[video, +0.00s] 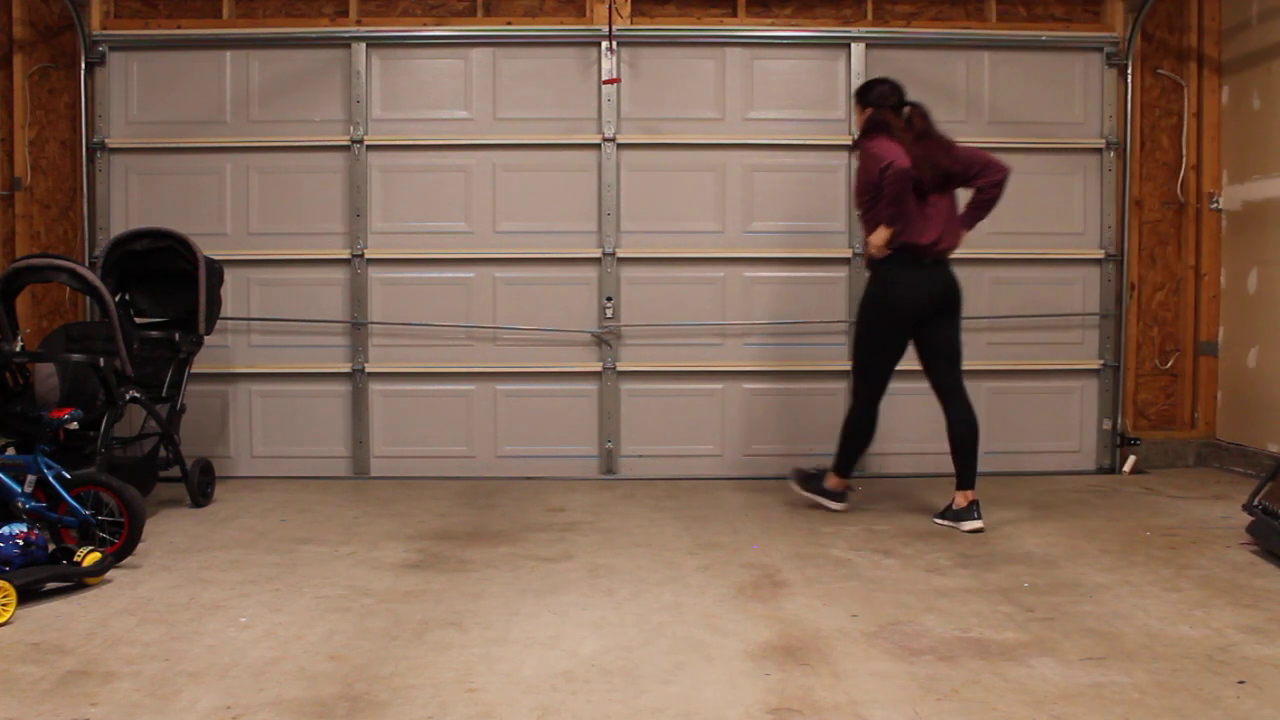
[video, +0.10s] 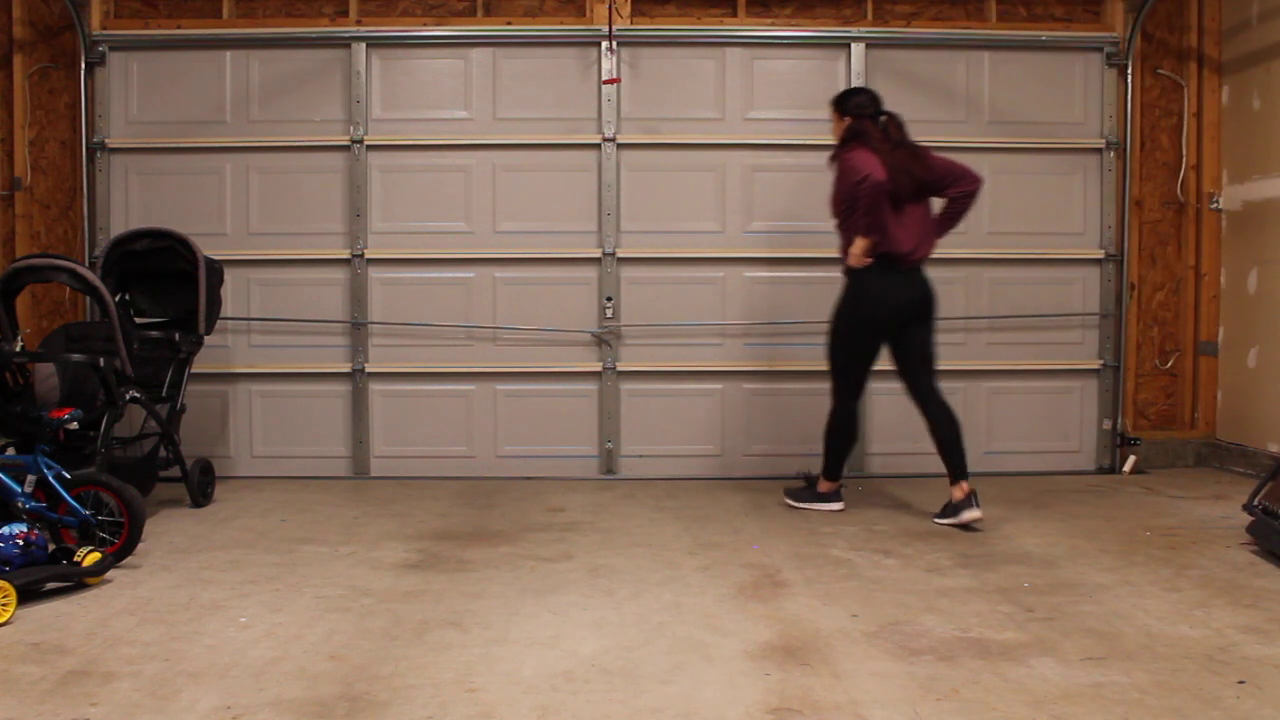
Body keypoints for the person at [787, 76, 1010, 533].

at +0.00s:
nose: (855, 121)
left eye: (857, 113)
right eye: (856, 113)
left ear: (868, 113)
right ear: (898, 112)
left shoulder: (874, 145)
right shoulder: (928, 146)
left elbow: (899, 168)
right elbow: (995, 172)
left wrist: (886, 228)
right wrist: (961, 225)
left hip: (893, 283)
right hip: (937, 280)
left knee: (866, 391)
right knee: (953, 392)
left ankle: (835, 483)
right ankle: (965, 501)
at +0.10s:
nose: (832, 129)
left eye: (834, 122)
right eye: (833, 122)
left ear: (849, 122)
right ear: (873, 120)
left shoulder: (852, 155)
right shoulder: (903, 155)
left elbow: (873, 179)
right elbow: (967, 182)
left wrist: (861, 241)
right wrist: (933, 234)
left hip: (868, 288)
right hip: (911, 286)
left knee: (845, 392)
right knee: (925, 390)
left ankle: (827, 487)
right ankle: (963, 493)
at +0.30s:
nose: (782, 124)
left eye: (785, 117)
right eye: (783, 117)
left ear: (802, 118)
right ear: (822, 117)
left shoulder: (805, 148)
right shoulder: (853, 149)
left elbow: (816, 167)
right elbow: (915, 177)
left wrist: (800, 216)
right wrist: (880, 218)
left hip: (817, 276)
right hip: (853, 274)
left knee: (812, 382)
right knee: (835, 375)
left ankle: (824, 486)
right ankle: (893, 449)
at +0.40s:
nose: (761, 123)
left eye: (765, 116)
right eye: (763, 116)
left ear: (781, 117)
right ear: (800, 118)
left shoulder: (783, 143)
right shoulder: (829, 145)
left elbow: (791, 153)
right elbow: (894, 167)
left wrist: (777, 206)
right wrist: (852, 203)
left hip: (799, 270)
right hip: (828, 268)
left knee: (802, 380)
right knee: (803, 377)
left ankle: (824, 484)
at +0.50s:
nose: (738, 128)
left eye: (743, 121)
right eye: (740, 121)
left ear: (761, 121)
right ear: (776, 121)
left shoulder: (762, 148)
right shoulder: (806, 152)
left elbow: (770, 168)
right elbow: (866, 178)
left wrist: (755, 216)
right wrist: (820, 216)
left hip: (777, 273)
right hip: (805, 272)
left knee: (797, 384)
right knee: (775, 377)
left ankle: (825, 485)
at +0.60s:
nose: (715, 137)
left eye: (719, 129)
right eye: (717, 128)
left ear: (740, 131)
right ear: (747, 132)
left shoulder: (740, 167)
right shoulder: (778, 165)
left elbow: (754, 196)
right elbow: (832, 205)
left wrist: (733, 243)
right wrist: (792, 236)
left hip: (755, 287)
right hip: (777, 284)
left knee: (777, 388)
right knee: (740, 378)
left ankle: (823, 483)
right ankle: (713, 468)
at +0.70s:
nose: (692, 138)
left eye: (697, 130)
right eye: (693, 130)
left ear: (719, 133)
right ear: (724, 134)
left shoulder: (723, 175)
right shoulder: (747, 170)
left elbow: (748, 217)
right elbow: (795, 219)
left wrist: (713, 251)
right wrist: (755, 244)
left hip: (733, 288)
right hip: (744, 285)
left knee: (730, 384)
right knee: (711, 377)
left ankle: (808, 467)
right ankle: (705, 469)